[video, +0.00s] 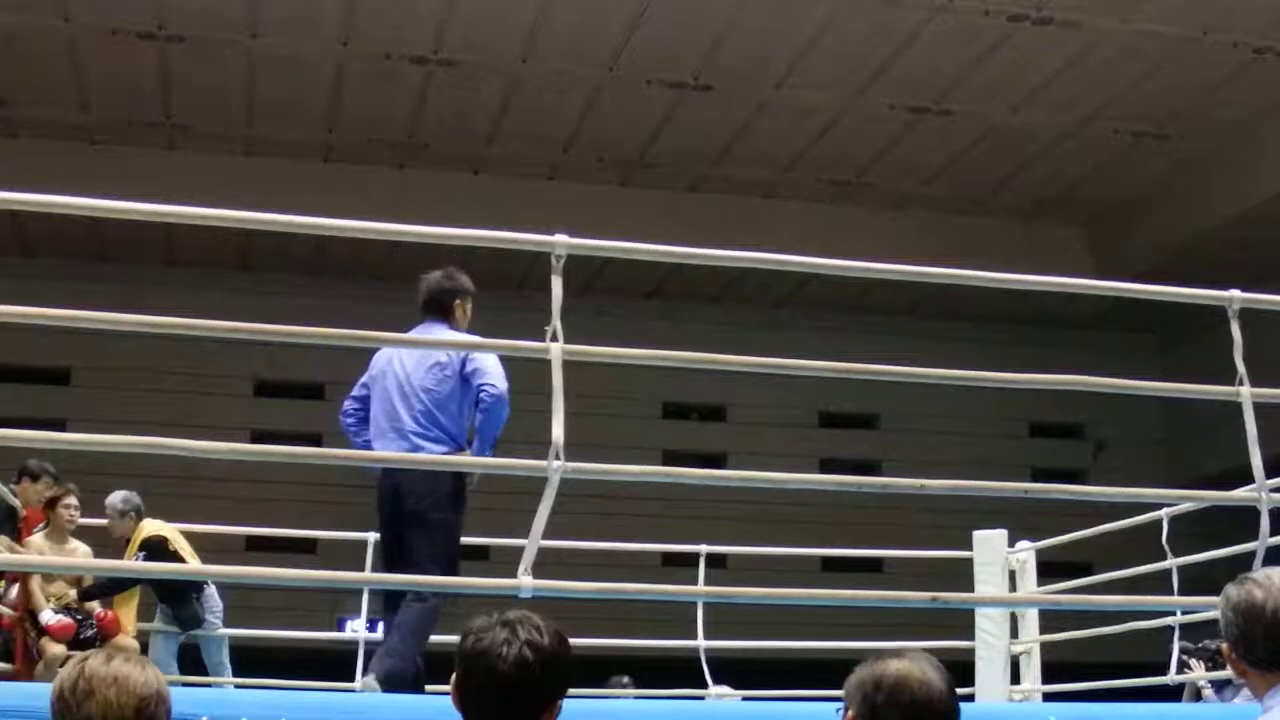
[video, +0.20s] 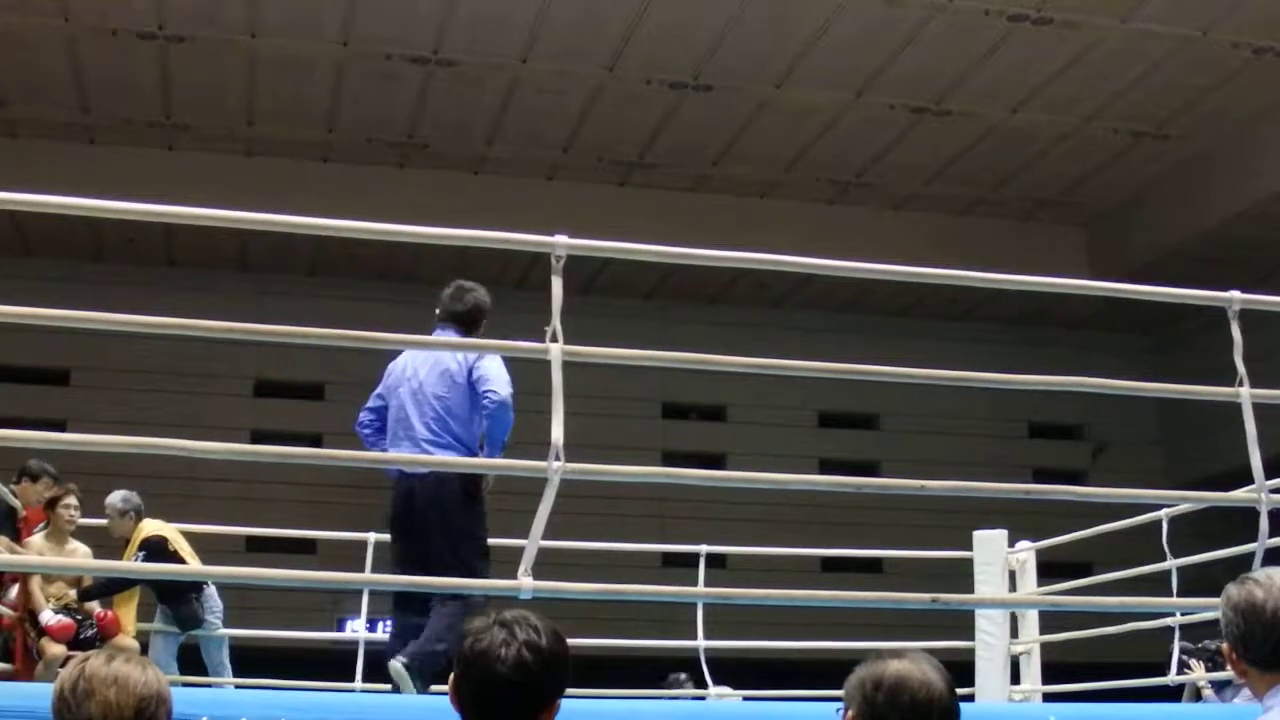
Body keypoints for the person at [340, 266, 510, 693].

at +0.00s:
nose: (471, 314)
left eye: (470, 306)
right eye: (470, 306)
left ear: (425, 307)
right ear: (458, 307)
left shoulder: (390, 351)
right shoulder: (467, 346)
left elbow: (351, 414)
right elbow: (495, 393)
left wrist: (381, 454)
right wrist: (479, 454)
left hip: (390, 476)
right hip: (438, 477)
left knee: (397, 581)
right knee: (431, 582)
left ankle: (406, 687)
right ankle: (383, 676)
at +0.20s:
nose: (485, 325)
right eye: (484, 320)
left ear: (438, 315)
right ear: (480, 322)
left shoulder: (403, 362)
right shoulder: (479, 356)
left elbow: (367, 422)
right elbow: (499, 399)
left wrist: (400, 459)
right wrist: (489, 456)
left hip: (405, 487)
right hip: (453, 486)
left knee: (411, 588)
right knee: (466, 586)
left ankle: (403, 687)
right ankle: (415, 665)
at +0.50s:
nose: (516, 335)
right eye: (516, 329)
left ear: (473, 326)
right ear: (515, 333)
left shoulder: (437, 370)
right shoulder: (515, 369)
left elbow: (397, 427)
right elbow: (536, 417)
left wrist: (428, 471)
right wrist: (526, 463)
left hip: (438, 498)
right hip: (488, 499)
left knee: (431, 601)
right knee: (502, 600)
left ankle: (409, 697)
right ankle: (510, 699)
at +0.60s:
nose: (539, 340)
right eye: (537, 334)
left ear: (489, 329)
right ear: (532, 337)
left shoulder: (452, 373)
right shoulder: (534, 377)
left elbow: (411, 430)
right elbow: (561, 433)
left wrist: (439, 479)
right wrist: (541, 479)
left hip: (454, 501)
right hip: (506, 504)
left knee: (440, 600)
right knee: (515, 600)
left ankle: (415, 696)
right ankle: (519, 699)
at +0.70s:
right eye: (547, 329)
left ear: (506, 327)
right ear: (547, 332)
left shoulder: (470, 370)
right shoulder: (552, 374)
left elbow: (426, 427)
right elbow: (582, 425)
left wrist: (453, 477)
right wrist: (556, 469)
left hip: (470, 499)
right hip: (522, 501)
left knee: (457, 597)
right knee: (529, 598)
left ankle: (422, 693)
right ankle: (527, 699)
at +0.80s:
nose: (566, 333)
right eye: (565, 327)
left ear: (522, 326)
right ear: (562, 331)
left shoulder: (486, 367)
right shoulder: (569, 374)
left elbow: (440, 418)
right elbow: (603, 426)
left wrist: (466, 470)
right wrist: (574, 475)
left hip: (485, 496)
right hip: (538, 499)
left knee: (468, 589)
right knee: (539, 593)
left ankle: (437, 679)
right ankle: (534, 689)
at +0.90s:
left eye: (541, 323)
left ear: (537, 329)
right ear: (580, 336)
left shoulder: (500, 369)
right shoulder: (584, 380)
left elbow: (451, 421)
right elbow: (618, 433)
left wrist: (478, 472)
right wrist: (583, 485)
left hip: (496, 497)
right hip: (551, 501)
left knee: (484, 586)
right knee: (545, 593)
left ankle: (464, 676)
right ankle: (539, 687)